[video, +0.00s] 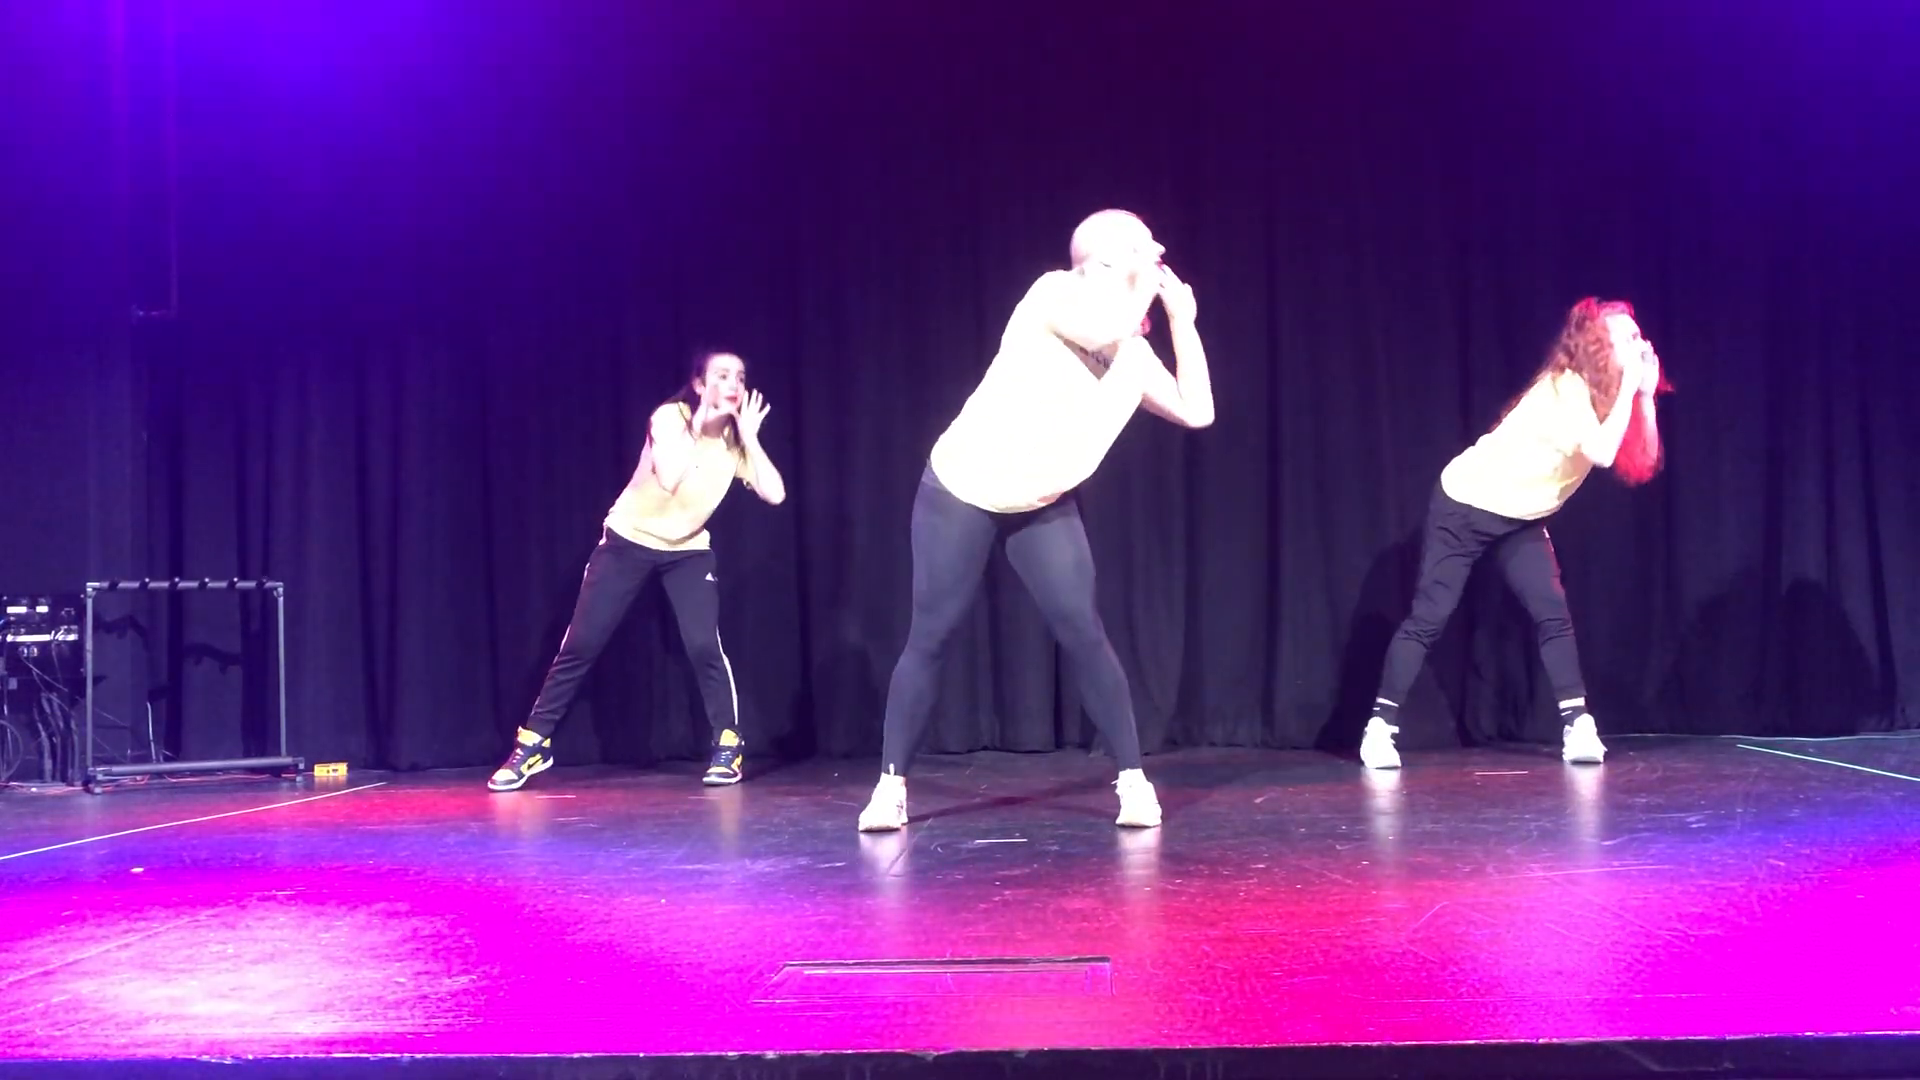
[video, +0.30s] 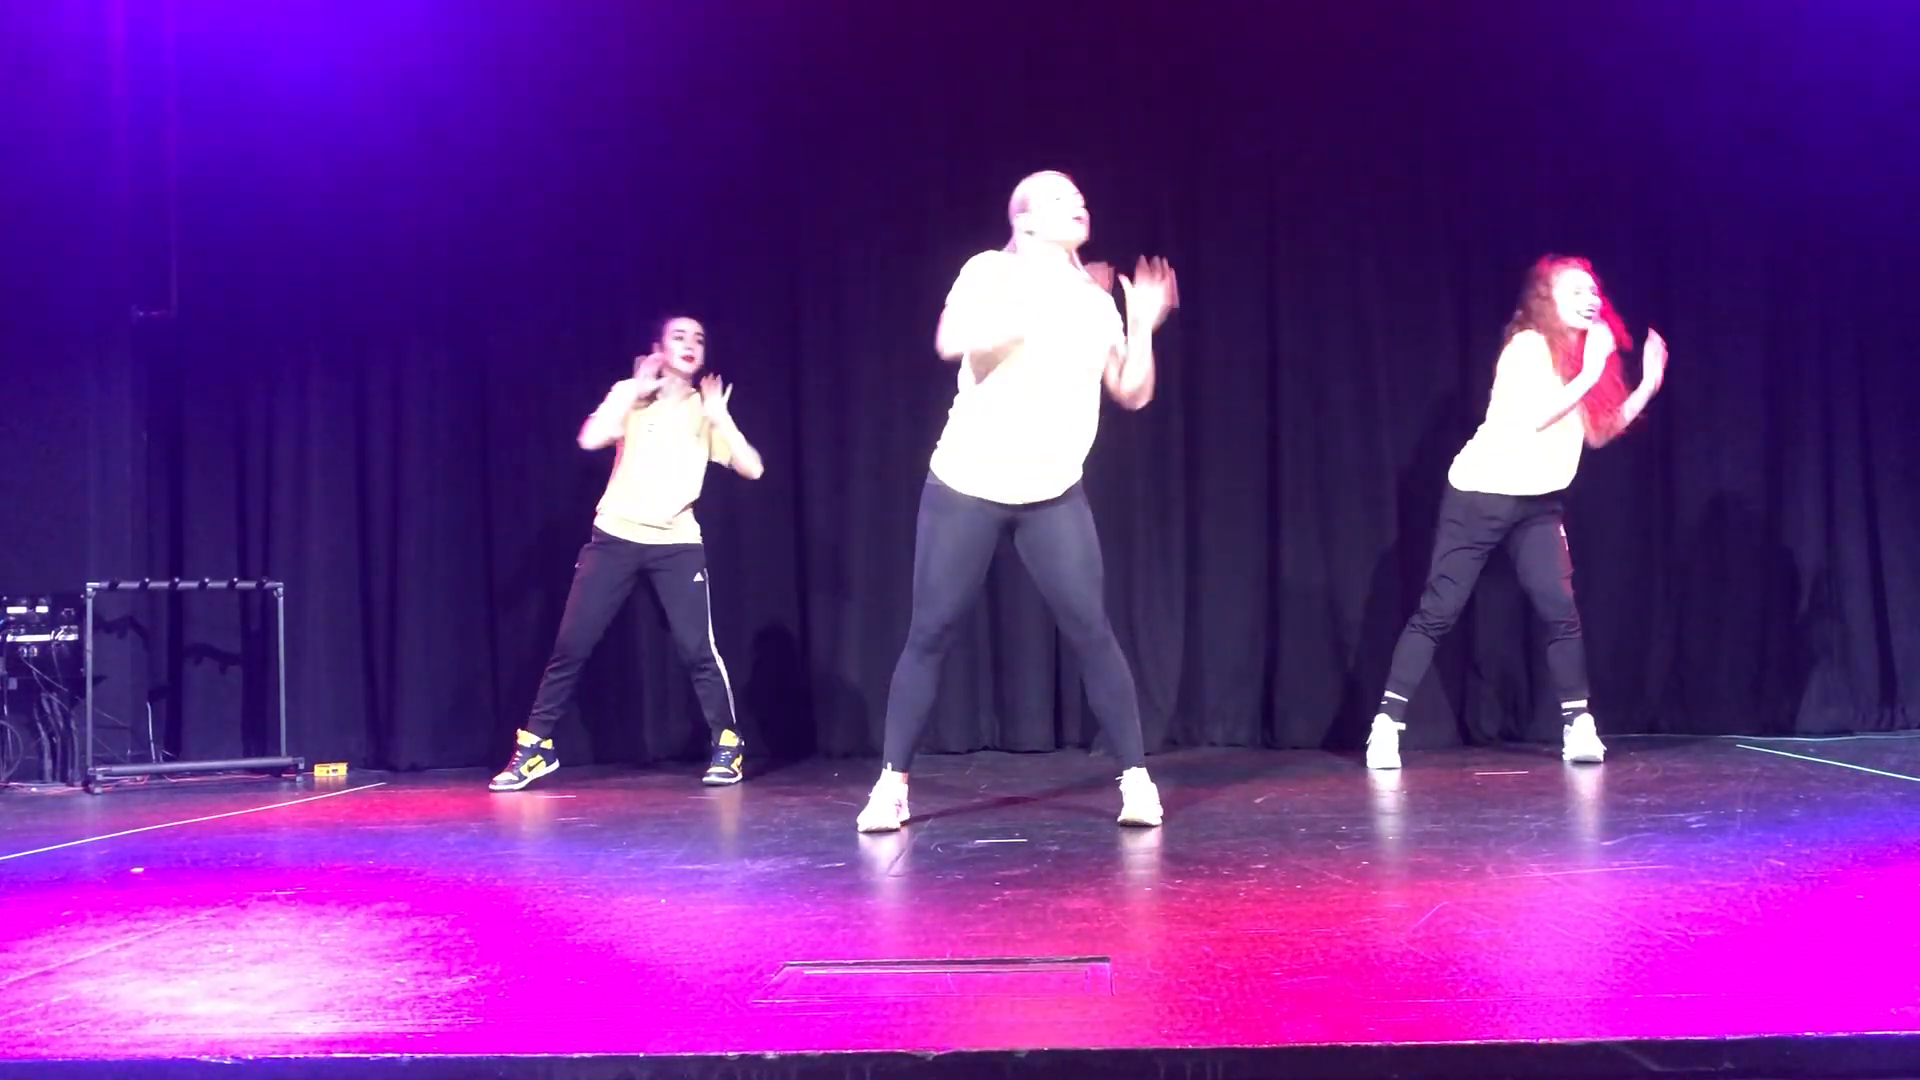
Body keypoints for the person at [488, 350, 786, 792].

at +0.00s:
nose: (730, 386)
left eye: (737, 379)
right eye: (721, 377)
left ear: (745, 391)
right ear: (699, 384)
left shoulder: (738, 440)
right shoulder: (671, 417)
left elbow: (775, 494)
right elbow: (668, 476)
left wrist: (750, 438)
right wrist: (705, 427)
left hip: (689, 550)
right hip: (627, 542)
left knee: (703, 647)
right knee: (579, 646)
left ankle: (728, 747)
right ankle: (532, 746)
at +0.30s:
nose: (689, 346)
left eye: (697, 341)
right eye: (679, 337)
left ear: (705, 357)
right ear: (656, 349)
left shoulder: (707, 410)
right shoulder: (628, 393)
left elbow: (753, 469)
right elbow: (590, 439)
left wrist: (720, 416)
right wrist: (634, 394)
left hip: (676, 541)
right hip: (615, 536)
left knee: (698, 650)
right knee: (571, 645)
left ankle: (728, 745)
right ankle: (534, 748)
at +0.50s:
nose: (640, 367)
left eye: (649, 360)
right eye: (631, 358)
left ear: (659, 373)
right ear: (612, 368)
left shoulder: (673, 429)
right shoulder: (587, 420)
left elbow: (703, 496)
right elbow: (551, 477)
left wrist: (686, 542)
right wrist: (528, 499)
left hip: (652, 560)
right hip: (591, 557)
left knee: (674, 658)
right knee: (544, 654)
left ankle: (723, 745)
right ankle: (532, 757)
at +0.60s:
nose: (629, 385)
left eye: (638, 379)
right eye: (620, 377)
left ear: (647, 392)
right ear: (601, 388)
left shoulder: (661, 446)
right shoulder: (579, 446)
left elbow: (681, 515)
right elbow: (557, 517)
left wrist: (664, 567)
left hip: (646, 577)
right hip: (585, 574)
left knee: (665, 668)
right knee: (535, 666)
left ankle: (722, 745)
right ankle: (531, 760)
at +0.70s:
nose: (631, 370)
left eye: (639, 362)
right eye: (622, 361)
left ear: (650, 372)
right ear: (604, 372)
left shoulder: (666, 432)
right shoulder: (583, 429)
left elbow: (673, 500)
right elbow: (564, 504)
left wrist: (662, 552)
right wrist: (541, 570)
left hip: (647, 567)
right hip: (585, 567)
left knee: (678, 657)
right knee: (549, 664)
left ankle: (724, 745)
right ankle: (532, 758)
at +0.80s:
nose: (626, 338)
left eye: (635, 331)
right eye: (617, 331)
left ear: (650, 345)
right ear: (603, 344)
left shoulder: (665, 405)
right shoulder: (584, 395)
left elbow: (674, 476)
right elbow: (553, 440)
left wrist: (668, 528)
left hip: (650, 537)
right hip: (589, 535)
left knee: (690, 639)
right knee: (555, 642)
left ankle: (714, 749)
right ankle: (533, 751)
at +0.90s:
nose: (618, 333)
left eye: (628, 326)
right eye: (611, 326)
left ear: (645, 340)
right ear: (601, 338)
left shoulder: (664, 400)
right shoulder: (583, 385)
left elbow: (674, 472)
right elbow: (571, 338)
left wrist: (675, 533)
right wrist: (552, 290)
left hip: (652, 535)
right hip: (592, 534)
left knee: (683, 644)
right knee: (564, 645)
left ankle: (715, 747)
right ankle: (546, 750)